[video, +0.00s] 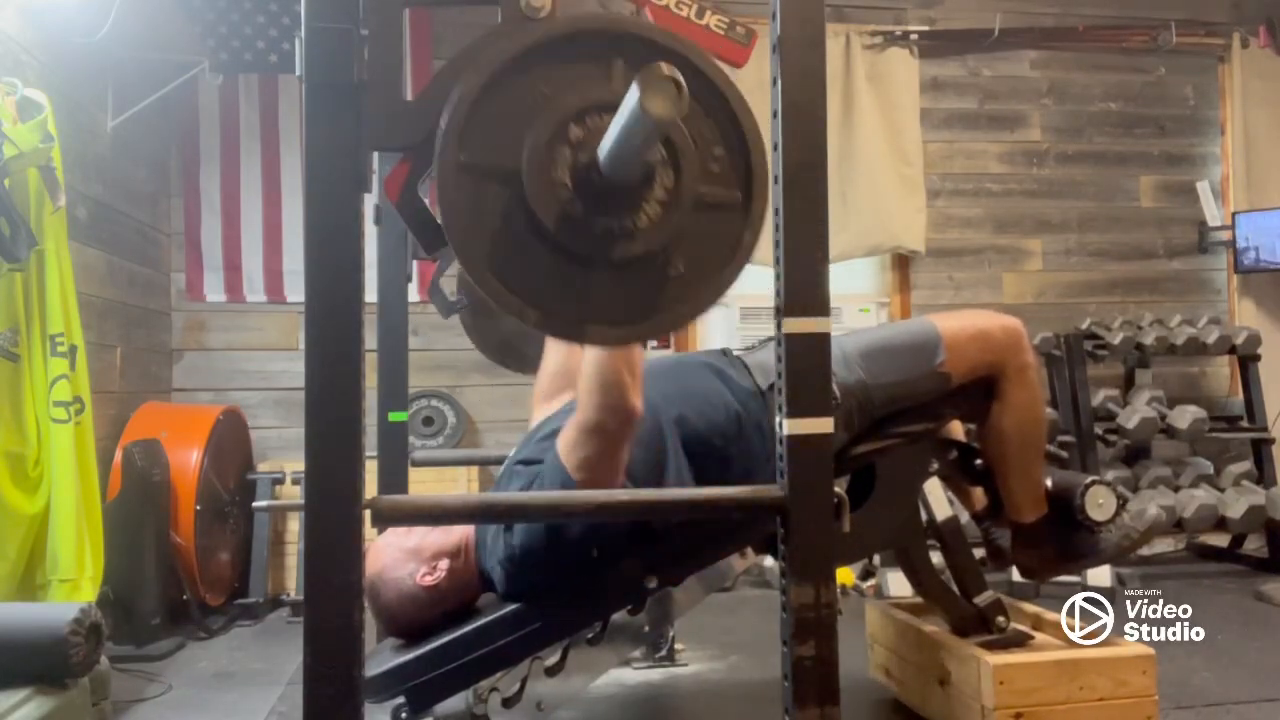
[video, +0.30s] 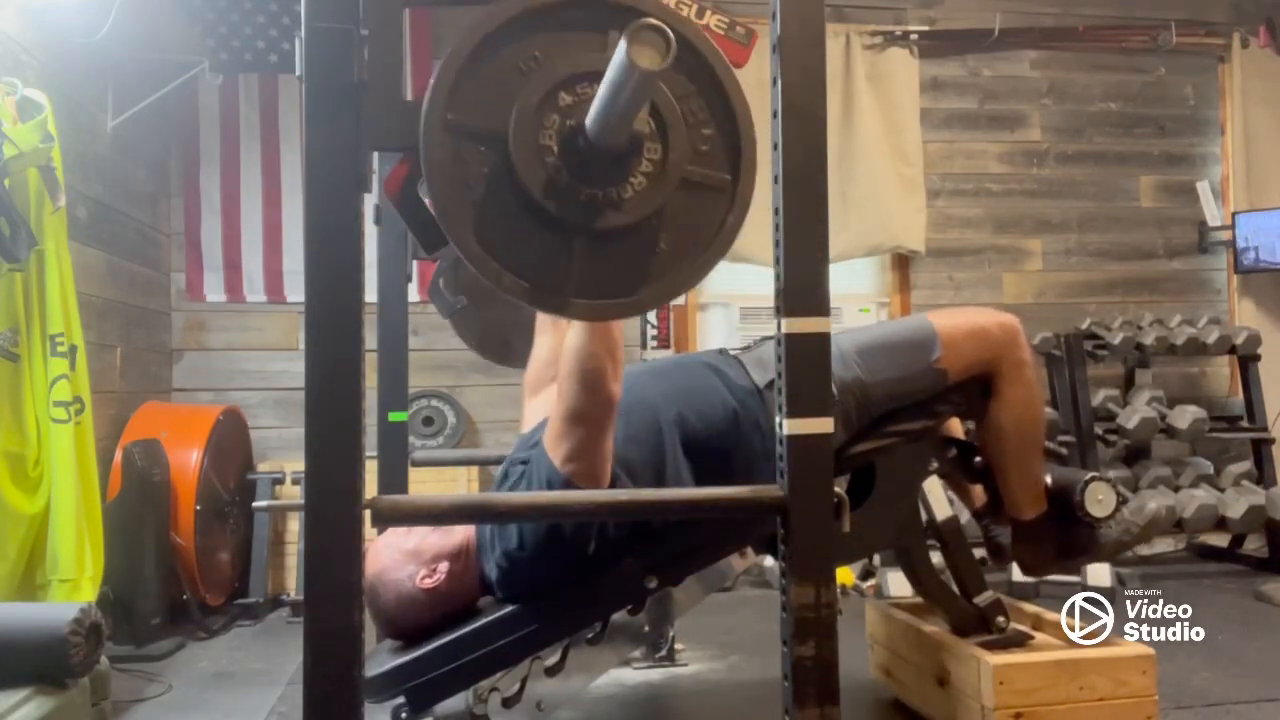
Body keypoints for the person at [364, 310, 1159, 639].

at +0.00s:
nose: (413, 532)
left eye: (396, 536)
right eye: (411, 551)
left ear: (426, 544)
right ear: (445, 576)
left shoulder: (507, 493)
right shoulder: (530, 552)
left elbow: (564, 374)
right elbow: (611, 408)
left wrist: (569, 226)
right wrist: (603, 246)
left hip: (738, 375)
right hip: (769, 423)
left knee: (954, 330)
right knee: (1002, 340)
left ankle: (990, 489)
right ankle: (1034, 532)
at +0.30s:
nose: (417, 530)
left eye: (400, 533)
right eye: (413, 548)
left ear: (427, 545)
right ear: (444, 579)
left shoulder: (503, 494)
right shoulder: (527, 552)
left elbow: (556, 374)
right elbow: (586, 392)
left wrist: (564, 202)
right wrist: (588, 222)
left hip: (746, 372)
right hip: (770, 422)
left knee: (953, 327)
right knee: (998, 337)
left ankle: (985, 480)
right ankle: (1032, 526)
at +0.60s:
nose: (417, 531)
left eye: (400, 535)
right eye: (414, 550)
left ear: (427, 541)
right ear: (446, 578)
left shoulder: (502, 496)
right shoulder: (529, 549)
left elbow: (625, 427)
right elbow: (661, 456)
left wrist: (613, 314)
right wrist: (640, 316)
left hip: (748, 378)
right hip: (767, 430)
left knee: (960, 329)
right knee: (1004, 343)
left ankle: (988, 479)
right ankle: (1034, 527)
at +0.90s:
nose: (419, 529)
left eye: (401, 534)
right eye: (418, 547)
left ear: (428, 549)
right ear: (447, 575)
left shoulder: (496, 499)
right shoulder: (533, 541)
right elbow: (690, 539)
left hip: (706, 394)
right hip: (752, 434)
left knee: (900, 314)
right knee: (1001, 339)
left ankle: (978, 471)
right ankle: (1032, 526)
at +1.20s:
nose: (421, 527)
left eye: (403, 533)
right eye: (419, 545)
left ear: (428, 546)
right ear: (449, 573)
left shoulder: (496, 498)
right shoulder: (531, 539)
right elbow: (686, 528)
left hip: (708, 390)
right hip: (748, 432)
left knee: (916, 317)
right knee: (1004, 340)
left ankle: (982, 474)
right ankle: (1032, 527)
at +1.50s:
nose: (415, 528)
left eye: (397, 532)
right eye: (412, 547)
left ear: (429, 545)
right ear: (446, 574)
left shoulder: (510, 488)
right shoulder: (531, 557)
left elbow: (572, 388)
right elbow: (626, 424)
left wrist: (583, 242)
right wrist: (605, 267)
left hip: (740, 366)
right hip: (773, 417)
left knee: (932, 321)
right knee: (1004, 341)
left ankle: (971, 467)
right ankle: (1032, 527)